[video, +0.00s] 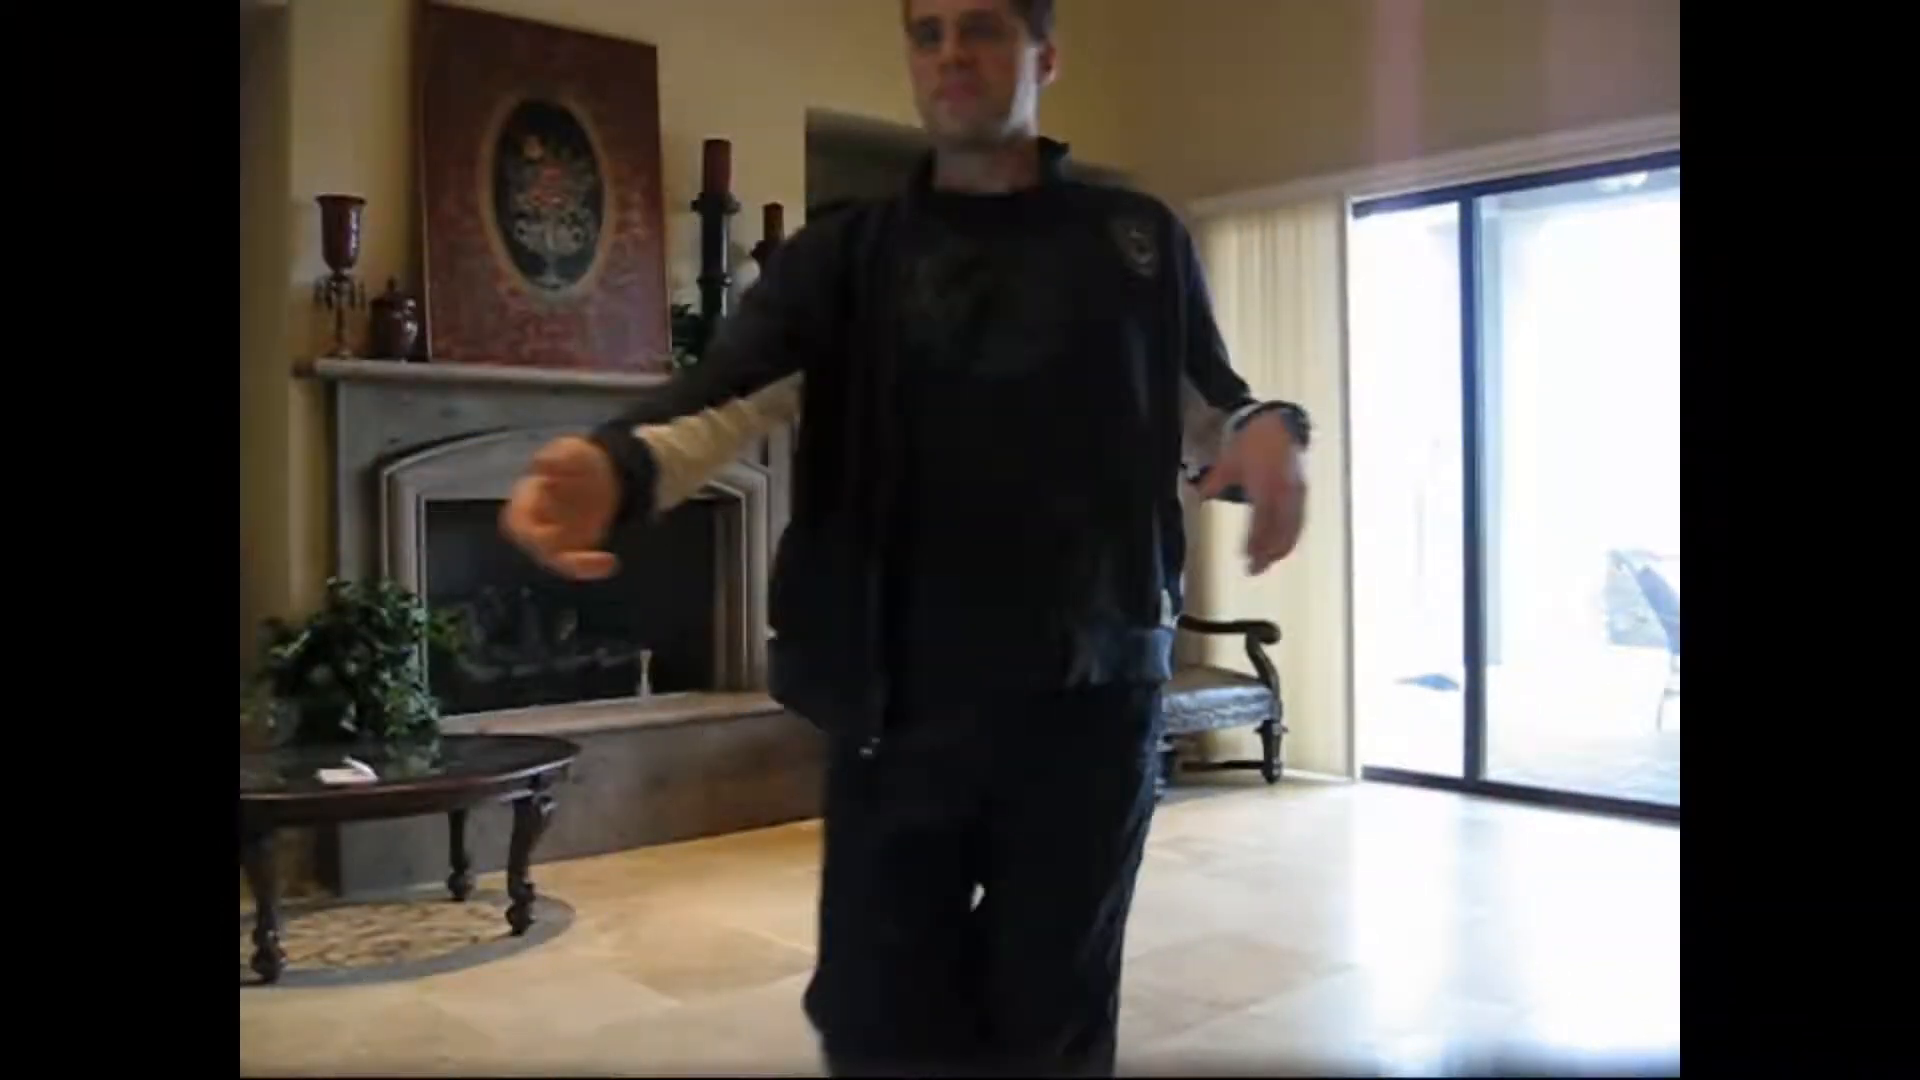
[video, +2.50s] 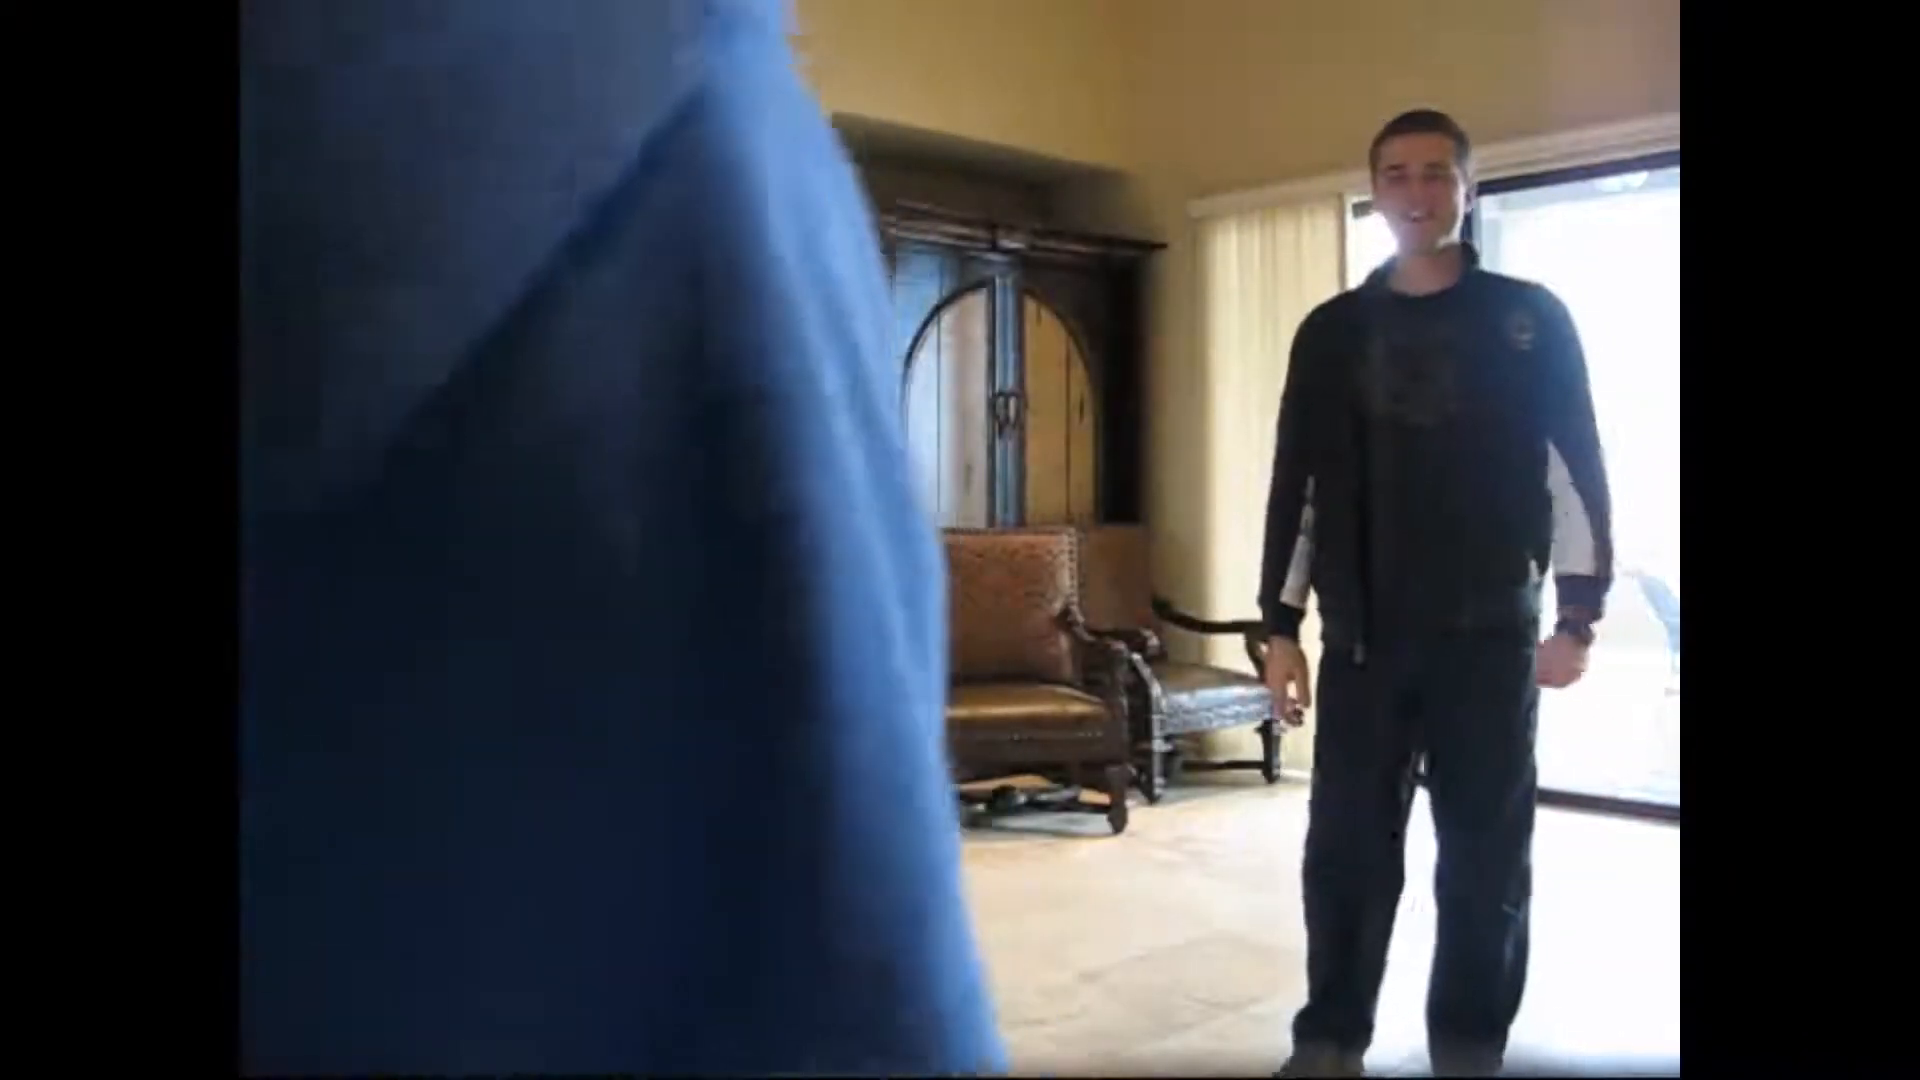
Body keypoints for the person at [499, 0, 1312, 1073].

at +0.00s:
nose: (952, 57)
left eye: (982, 31)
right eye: (928, 35)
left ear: (1045, 55)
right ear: (904, 63)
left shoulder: (1134, 233)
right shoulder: (846, 247)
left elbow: (1208, 423)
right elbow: (730, 397)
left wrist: (1263, 427)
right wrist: (619, 468)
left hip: (1088, 705)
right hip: (896, 703)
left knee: (1053, 1017)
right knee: (874, 1014)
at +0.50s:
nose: (1088, 125)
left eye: (1112, 106)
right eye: (1065, 108)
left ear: (1156, 129)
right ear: (1042, 133)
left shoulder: (1226, 276)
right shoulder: (983, 297)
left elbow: (1336, 434)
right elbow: (908, 485)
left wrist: (1327, 411)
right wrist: (867, 659)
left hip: (1195, 656)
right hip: (1041, 659)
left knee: (1200, 914)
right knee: (1048, 922)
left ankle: (1211, 1067)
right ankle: (1058, 1074)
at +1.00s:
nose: (1257, 175)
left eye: (1277, 156)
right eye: (1235, 158)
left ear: (1313, 172)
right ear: (1212, 179)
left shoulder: (1385, 302)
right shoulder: (1179, 322)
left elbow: (1471, 461)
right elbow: (1135, 489)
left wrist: (1437, 586)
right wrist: (1083, 630)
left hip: (1344, 650)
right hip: (1208, 649)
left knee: (1340, 901)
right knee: (1187, 887)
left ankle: (1326, 1069)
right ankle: (1193, 1062)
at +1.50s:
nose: (1327, 194)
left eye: (1346, 177)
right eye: (1309, 178)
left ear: (1377, 193)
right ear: (1284, 195)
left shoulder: (1434, 314)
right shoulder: (1235, 335)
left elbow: (1500, 463)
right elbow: (1167, 466)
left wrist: (1542, 605)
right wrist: (1159, 558)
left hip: (1412, 622)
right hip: (1294, 626)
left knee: (1402, 836)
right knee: (1321, 840)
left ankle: (1397, 1045)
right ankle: (1338, 1045)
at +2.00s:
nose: (1401, 185)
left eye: (1419, 168)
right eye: (1382, 170)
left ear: (1448, 186)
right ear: (1355, 193)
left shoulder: (1507, 311)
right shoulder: (1305, 332)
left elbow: (1568, 457)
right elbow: (1262, 488)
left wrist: (1598, 593)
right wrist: (1251, 623)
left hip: (1474, 632)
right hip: (1351, 635)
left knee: (1475, 856)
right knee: (1353, 853)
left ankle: (1465, 1053)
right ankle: (1345, 1046)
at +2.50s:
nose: (1418, 190)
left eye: (1436, 173)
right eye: (1398, 174)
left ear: (1468, 188)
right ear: (1374, 193)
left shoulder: (1529, 315)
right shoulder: (1330, 329)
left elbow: (1583, 475)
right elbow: (1291, 483)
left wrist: (1576, 619)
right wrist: (1277, 622)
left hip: (1489, 638)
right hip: (1363, 639)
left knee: (1486, 867)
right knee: (1344, 856)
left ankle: (1468, 1055)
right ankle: (1328, 1045)